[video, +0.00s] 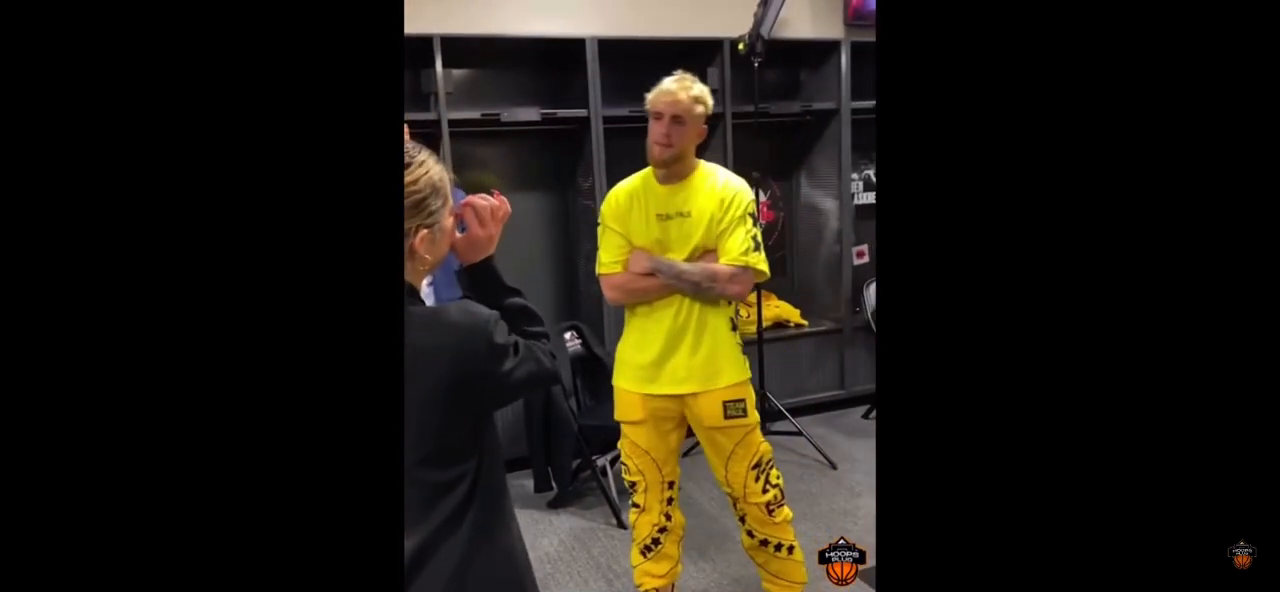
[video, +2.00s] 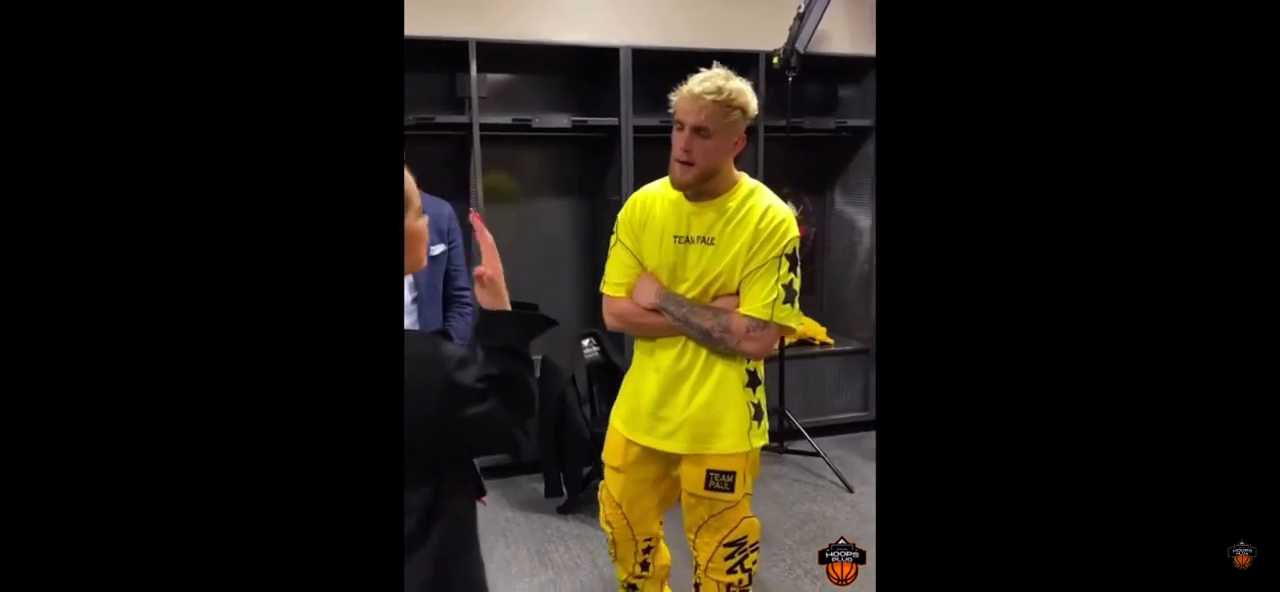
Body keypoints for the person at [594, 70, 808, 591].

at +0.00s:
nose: (662, 131)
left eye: (677, 121)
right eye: (656, 118)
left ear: (701, 130)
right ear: (647, 124)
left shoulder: (728, 191)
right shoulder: (621, 198)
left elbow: (737, 281)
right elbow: (614, 289)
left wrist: (654, 263)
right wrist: (701, 273)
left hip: (716, 371)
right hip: (641, 375)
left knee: (758, 498)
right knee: (649, 506)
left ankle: (787, 584)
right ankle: (653, 586)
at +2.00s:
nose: (682, 144)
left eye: (700, 133)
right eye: (678, 128)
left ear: (738, 143)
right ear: (670, 128)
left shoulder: (770, 220)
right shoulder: (642, 206)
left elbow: (759, 340)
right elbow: (616, 314)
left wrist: (661, 297)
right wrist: (714, 315)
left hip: (722, 418)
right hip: (642, 407)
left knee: (719, 550)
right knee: (623, 524)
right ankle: (644, 586)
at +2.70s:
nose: (688, 117)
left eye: (705, 103)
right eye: (681, 100)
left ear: (738, 113)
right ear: (671, 103)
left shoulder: (773, 187)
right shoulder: (641, 189)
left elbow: (778, 297)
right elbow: (625, 296)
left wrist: (671, 269)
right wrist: (729, 282)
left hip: (744, 395)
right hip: (657, 397)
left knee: (781, 551)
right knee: (673, 553)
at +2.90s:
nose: (685, 115)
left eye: (703, 101)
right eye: (678, 99)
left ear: (733, 110)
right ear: (668, 102)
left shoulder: (769, 183)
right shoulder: (638, 186)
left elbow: (777, 292)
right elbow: (624, 292)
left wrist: (671, 264)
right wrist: (730, 278)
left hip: (746, 390)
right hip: (658, 394)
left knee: (789, 547)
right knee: (681, 552)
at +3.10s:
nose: (697, 109)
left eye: (714, 95)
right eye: (690, 93)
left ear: (745, 104)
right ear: (680, 96)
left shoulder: (782, 177)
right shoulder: (652, 182)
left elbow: (787, 283)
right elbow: (637, 287)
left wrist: (681, 258)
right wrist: (738, 273)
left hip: (756, 387)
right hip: (670, 390)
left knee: (792, 542)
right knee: (694, 547)